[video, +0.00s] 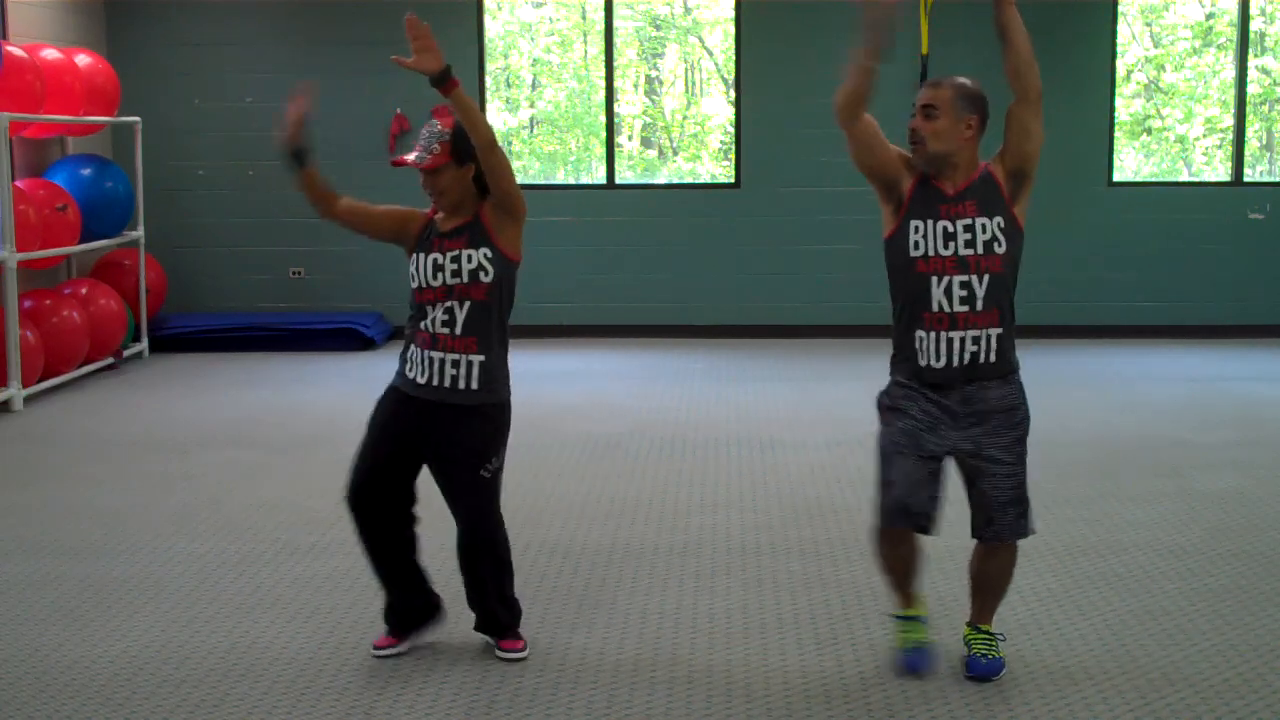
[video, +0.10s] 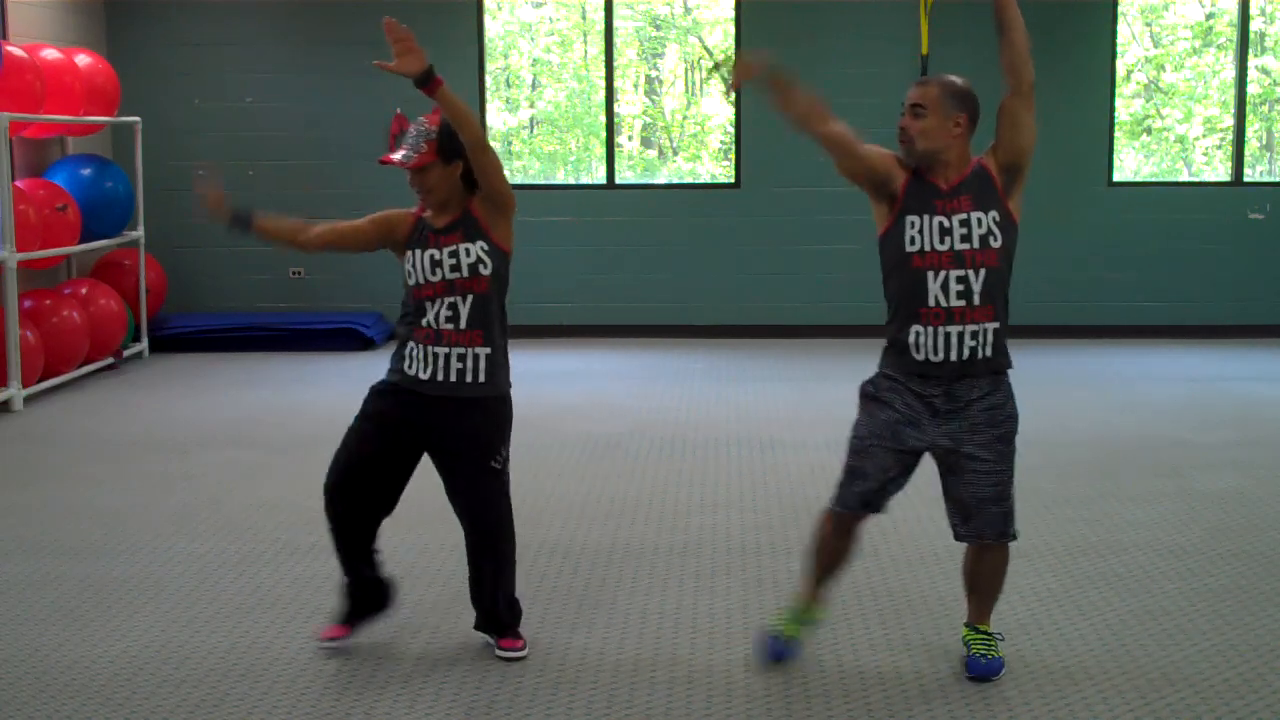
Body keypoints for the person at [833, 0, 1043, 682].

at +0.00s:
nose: (915, 123)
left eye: (931, 113)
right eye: (914, 113)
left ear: (973, 127)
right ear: (913, 126)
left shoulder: (1006, 182)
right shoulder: (899, 186)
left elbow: (1029, 95)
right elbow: (848, 111)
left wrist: (1007, 10)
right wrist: (872, 38)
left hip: (992, 397)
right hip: (914, 396)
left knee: (999, 529)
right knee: (895, 520)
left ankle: (981, 629)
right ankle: (908, 613)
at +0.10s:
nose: (904, 123)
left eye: (919, 113)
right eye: (905, 112)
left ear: (961, 125)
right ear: (909, 122)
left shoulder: (999, 178)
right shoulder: (890, 182)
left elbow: (1022, 86)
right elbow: (826, 128)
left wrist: (1006, 4)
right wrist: (770, 79)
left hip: (981, 393)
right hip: (901, 389)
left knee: (990, 528)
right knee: (847, 508)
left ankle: (979, 629)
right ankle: (807, 605)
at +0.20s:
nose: (891, 119)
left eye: (907, 109)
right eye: (892, 108)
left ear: (950, 120)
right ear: (900, 120)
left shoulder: (989, 177)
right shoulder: (875, 177)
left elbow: (1011, 83)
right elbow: (793, 159)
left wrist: (1001, 5)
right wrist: (714, 148)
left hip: (965, 392)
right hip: (885, 387)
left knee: (982, 527)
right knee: (818, 505)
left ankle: (978, 628)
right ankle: (747, 600)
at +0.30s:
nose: (875, 119)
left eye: (890, 110)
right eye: (876, 109)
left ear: (934, 124)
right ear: (881, 120)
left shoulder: (970, 177)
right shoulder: (853, 179)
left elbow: (1000, 83)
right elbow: (759, 188)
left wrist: (989, 5)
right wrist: (690, 232)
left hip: (942, 396)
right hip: (860, 390)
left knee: (975, 523)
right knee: (799, 506)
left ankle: (977, 626)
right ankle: (746, 611)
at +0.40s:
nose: (862, 122)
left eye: (877, 113)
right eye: (862, 112)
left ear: (919, 126)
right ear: (867, 124)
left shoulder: (954, 182)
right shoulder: (838, 186)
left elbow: (991, 87)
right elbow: (756, 220)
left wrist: (981, 5)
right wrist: (728, 294)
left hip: (930, 393)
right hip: (847, 390)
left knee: (983, 513)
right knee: (790, 507)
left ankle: (982, 619)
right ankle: (745, 615)